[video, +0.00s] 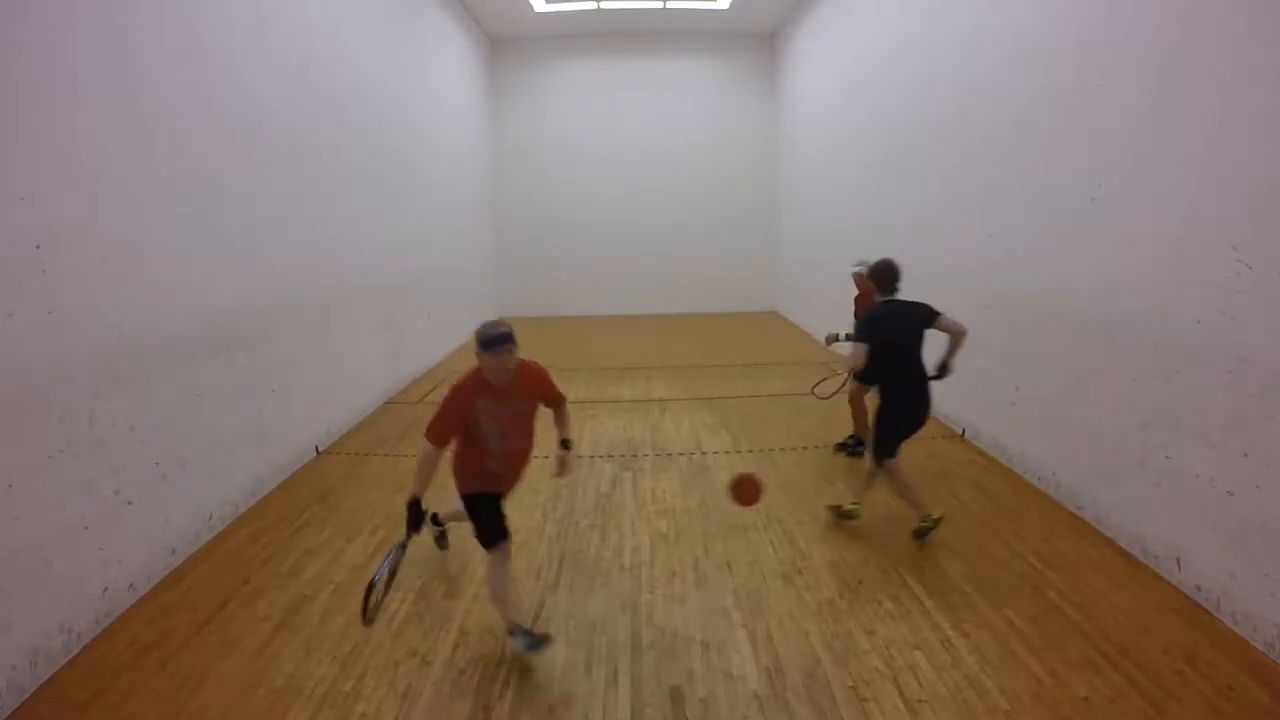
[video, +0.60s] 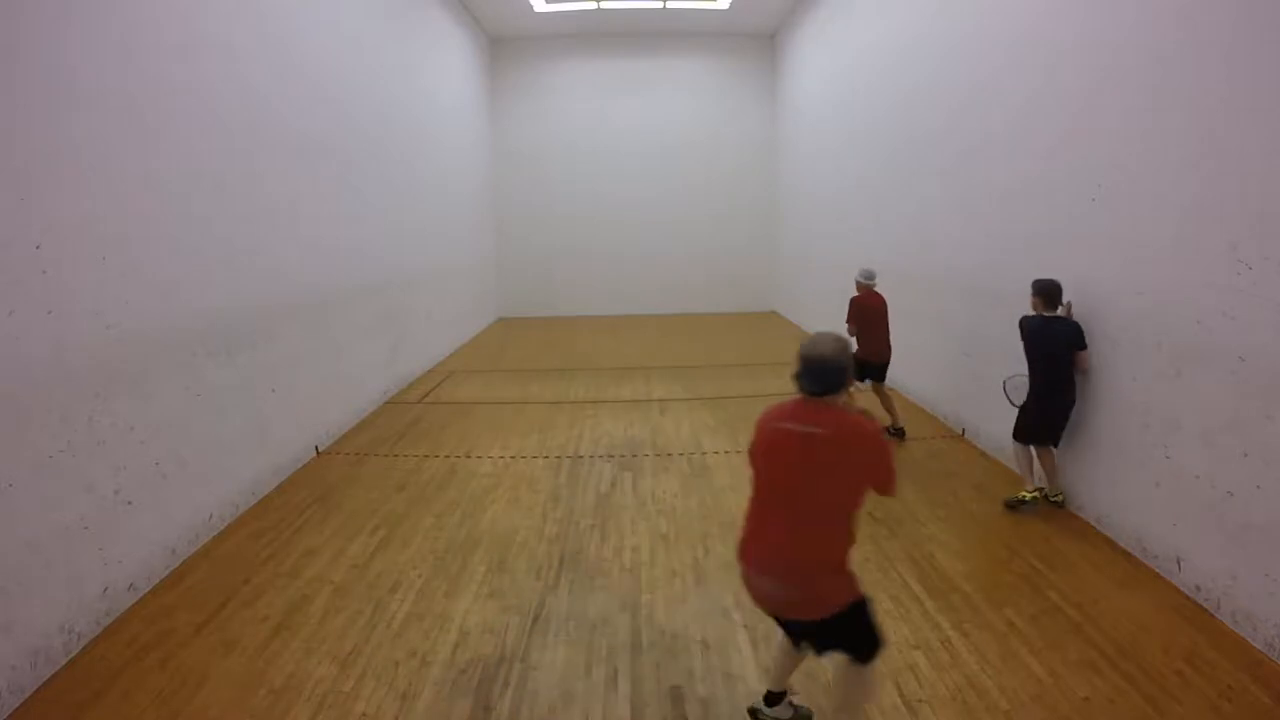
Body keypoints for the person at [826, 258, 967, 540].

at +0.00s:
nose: (865, 285)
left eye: (867, 281)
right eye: (868, 281)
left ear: (874, 285)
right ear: (896, 283)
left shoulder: (870, 318)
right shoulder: (916, 310)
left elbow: (857, 364)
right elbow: (958, 331)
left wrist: (848, 356)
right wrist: (946, 362)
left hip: (893, 405)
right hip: (920, 402)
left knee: (884, 460)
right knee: (877, 451)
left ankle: (926, 514)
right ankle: (856, 503)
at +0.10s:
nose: (911, 287)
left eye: (911, 284)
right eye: (916, 283)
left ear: (913, 286)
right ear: (937, 285)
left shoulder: (909, 319)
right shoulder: (954, 315)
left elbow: (895, 364)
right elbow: (990, 348)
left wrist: (897, 347)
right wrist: (991, 375)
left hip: (932, 401)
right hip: (956, 397)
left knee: (928, 459)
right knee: (931, 445)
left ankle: (962, 512)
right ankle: (944, 496)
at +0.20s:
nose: (945, 296)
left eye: (945, 292)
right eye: (950, 292)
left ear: (947, 295)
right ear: (970, 294)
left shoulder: (944, 327)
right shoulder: (984, 323)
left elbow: (934, 371)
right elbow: (1012, 357)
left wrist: (938, 354)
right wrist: (1011, 383)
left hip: (965, 407)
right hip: (989, 402)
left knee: (944, 459)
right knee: (977, 441)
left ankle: (967, 517)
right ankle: (1007, 489)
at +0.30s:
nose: (975, 302)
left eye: (976, 299)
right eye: (976, 298)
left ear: (980, 301)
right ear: (1002, 300)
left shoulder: (977, 331)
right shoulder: (1015, 327)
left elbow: (966, 374)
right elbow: (1038, 360)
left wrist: (975, 357)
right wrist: (1028, 377)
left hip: (993, 404)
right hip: (1017, 399)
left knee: (964, 453)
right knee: (1016, 445)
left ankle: (972, 513)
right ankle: (1047, 488)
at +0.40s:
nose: (1001, 308)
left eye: (1002, 304)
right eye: (1002, 303)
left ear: (1007, 307)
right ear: (1027, 307)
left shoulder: (999, 335)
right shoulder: (1041, 332)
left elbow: (987, 367)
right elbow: (1059, 366)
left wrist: (1003, 349)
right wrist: (1042, 372)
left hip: (1017, 404)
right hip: (1042, 401)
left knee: (992, 452)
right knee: (1032, 449)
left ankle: (992, 504)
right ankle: (1054, 493)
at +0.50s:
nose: (1017, 307)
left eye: (1019, 303)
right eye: (1018, 303)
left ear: (1025, 306)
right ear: (1045, 307)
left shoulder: (1014, 331)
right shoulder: (1059, 332)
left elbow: (1025, 356)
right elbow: (1074, 368)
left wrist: (1050, 323)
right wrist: (1055, 373)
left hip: (1030, 399)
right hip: (1055, 398)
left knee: (1014, 446)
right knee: (1034, 445)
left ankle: (1021, 495)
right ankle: (1054, 492)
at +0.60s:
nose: (1031, 300)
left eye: (1033, 297)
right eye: (1033, 296)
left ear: (1037, 300)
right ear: (1058, 300)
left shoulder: (1027, 324)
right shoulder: (1072, 327)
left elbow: (1044, 336)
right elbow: (1082, 364)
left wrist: (1062, 319)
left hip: (1038, 393)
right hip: (1065, 394)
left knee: (1020, 439)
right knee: (1042, 441)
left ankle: (1030, 488)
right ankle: (1054, 491)